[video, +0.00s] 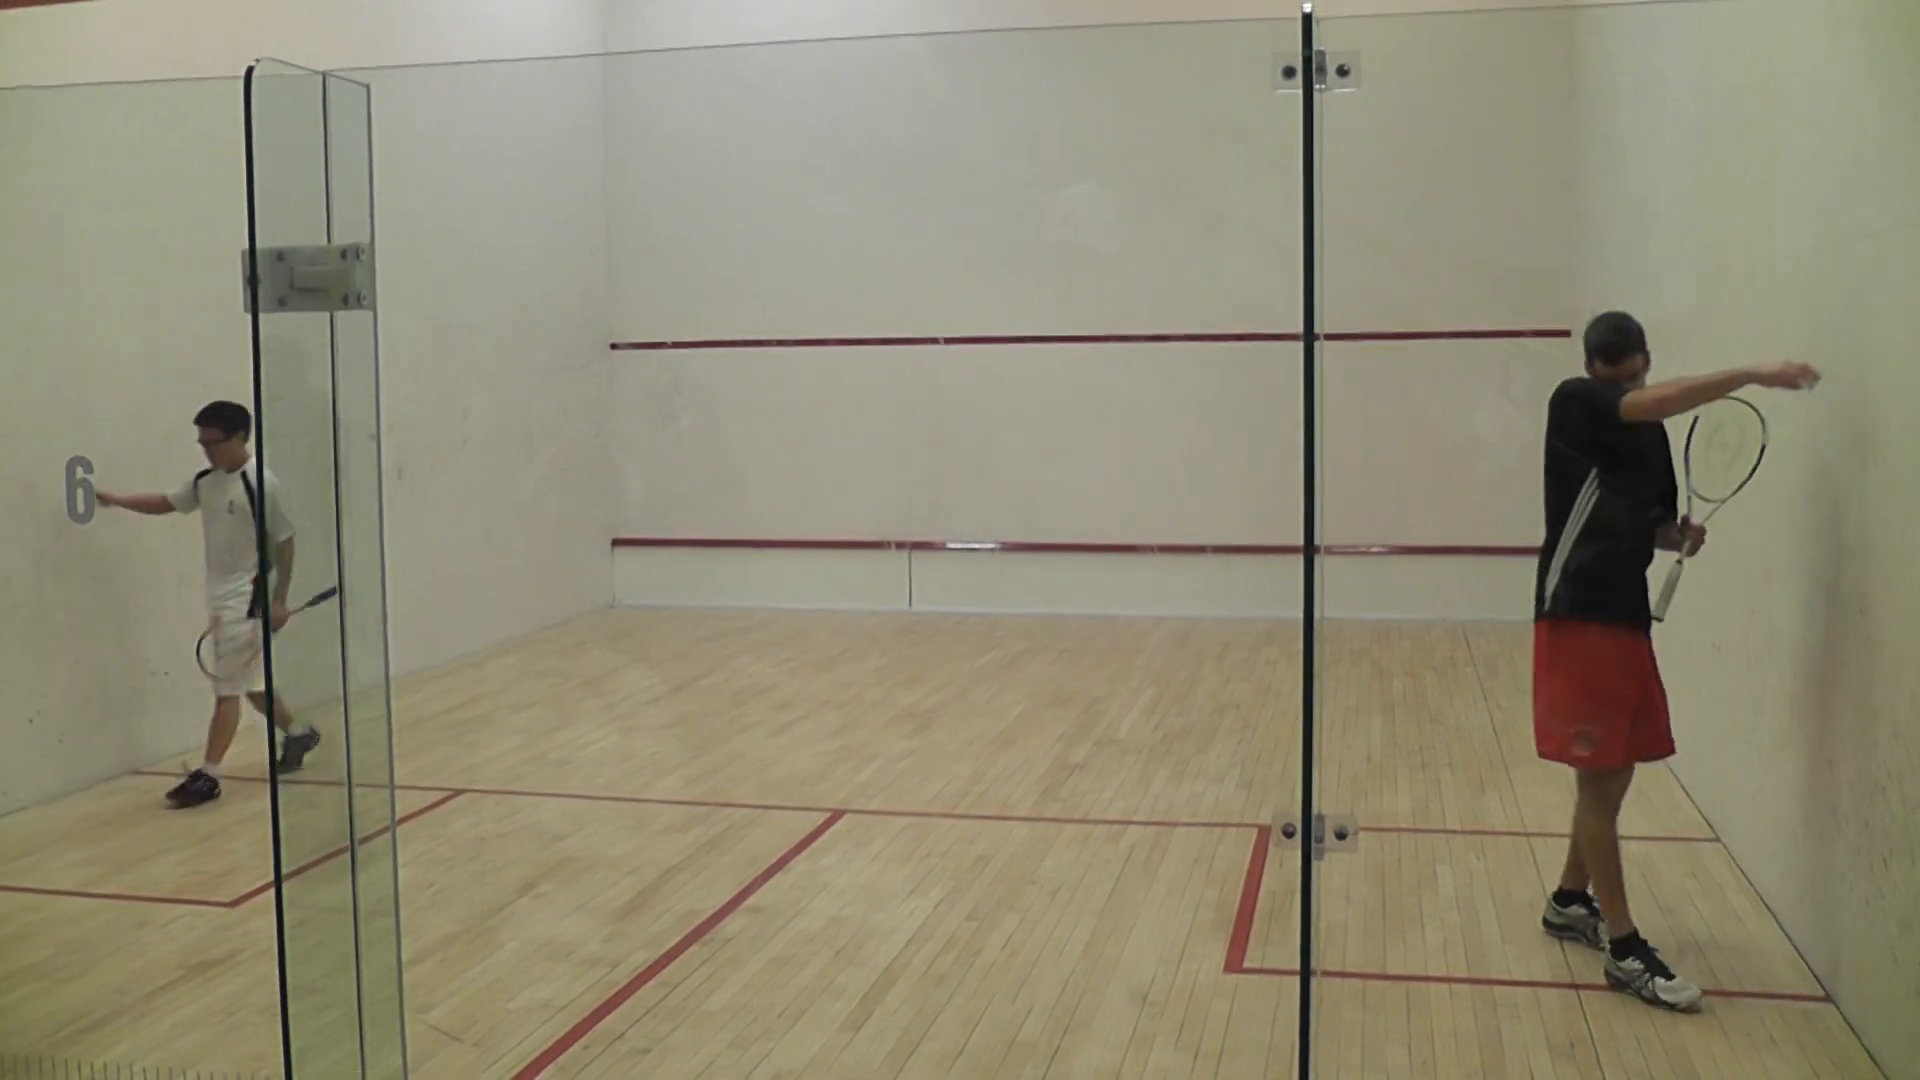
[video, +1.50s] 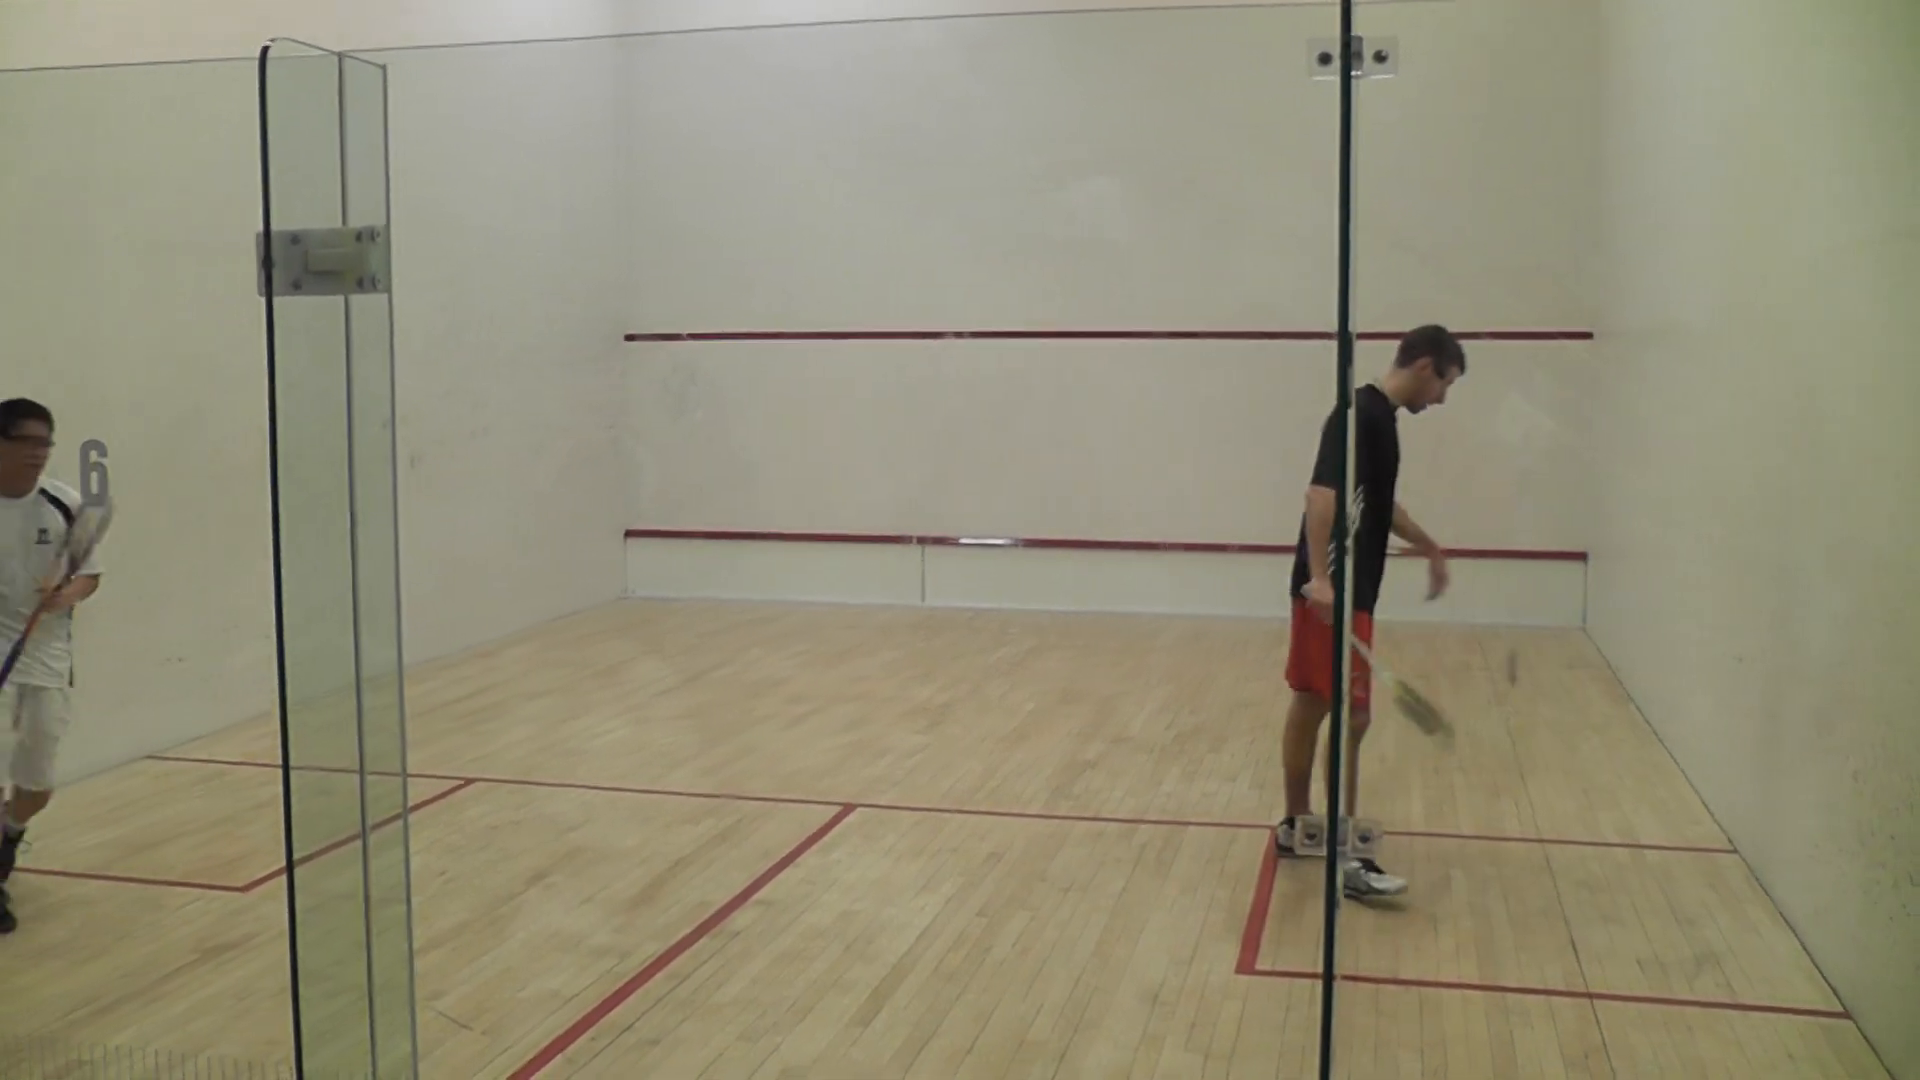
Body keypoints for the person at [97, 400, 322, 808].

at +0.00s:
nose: (205, 452)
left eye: (211, 443)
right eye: (203, 444)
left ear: (238, 439)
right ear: (210, 442)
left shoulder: (260, 484)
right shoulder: (208, 480)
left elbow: (285, 541)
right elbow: (168, 503)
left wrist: (280, 600)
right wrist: (115, 500)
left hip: (247, 600)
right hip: (220, 599)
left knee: (227, 684)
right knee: (249, 680)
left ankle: (207, 774)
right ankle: (297, 733)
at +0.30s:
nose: (123, 453)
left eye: (129, 445)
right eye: (120, 445)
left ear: (156, 437)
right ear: (125, 442)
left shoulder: (180, 475)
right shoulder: (130, 477)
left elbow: (200, 541)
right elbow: (92, 481)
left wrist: (191, 600)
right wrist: (43, 447)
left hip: (178, 606)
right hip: (136, 604)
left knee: (190, 693)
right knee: (111, 686)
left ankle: (199, 775)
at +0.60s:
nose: (35, 456)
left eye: (43, 449)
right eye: (32, 448)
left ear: (73, 447)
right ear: (32, 448)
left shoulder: (100, 492)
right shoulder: (34, 501)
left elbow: (124, 559)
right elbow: (4, 530)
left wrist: (105, 617)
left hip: (93, 628)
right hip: (46, 628)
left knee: (101, 723)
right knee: (47, 720)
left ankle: (150, 761)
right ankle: (63, 814)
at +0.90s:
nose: (0, 462)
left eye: (3, 453)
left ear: (15, 449)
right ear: (6, 450)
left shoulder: (39, 493)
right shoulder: (14, 495)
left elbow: (82, 551)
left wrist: (62, 608)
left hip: (31, 634)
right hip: (3, 634)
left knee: (22, 741)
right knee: (20, 731)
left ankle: (1, 843)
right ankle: (56, 805)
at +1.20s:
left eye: (2, 441)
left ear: (10, 442)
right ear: (5, 442)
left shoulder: (31, 495)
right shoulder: (25, 495)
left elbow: (65, 557)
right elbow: (66, 557)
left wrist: (47, 603)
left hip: (18, 652)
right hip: (10, 653)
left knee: (8, 761)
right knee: (7, 761)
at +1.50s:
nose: (37, 454)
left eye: (45, 444)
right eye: (25, 443)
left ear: (52, 450)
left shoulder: (63, 507)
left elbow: (91, 573)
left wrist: (68, 593)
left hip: (45, 660)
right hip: (1, 656)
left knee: (37, 784)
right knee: (1, 779)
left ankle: (9, 829)